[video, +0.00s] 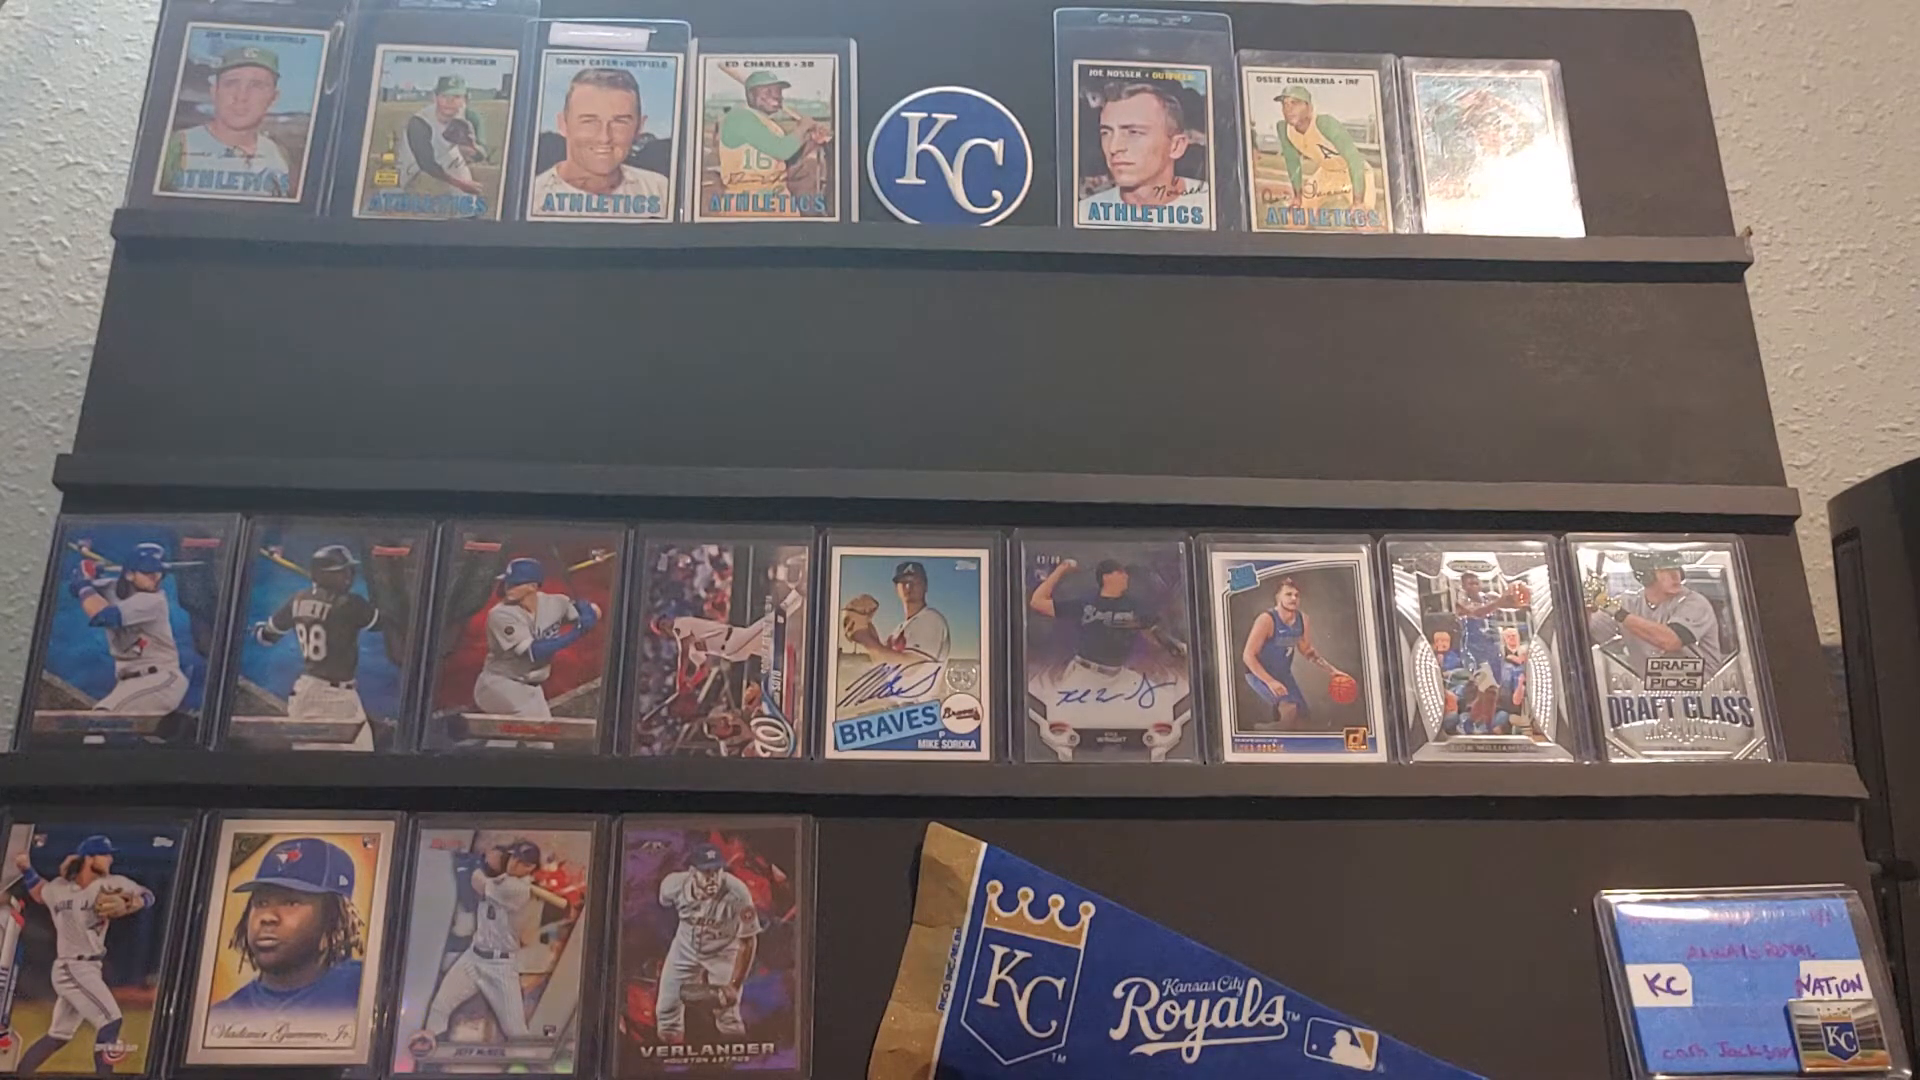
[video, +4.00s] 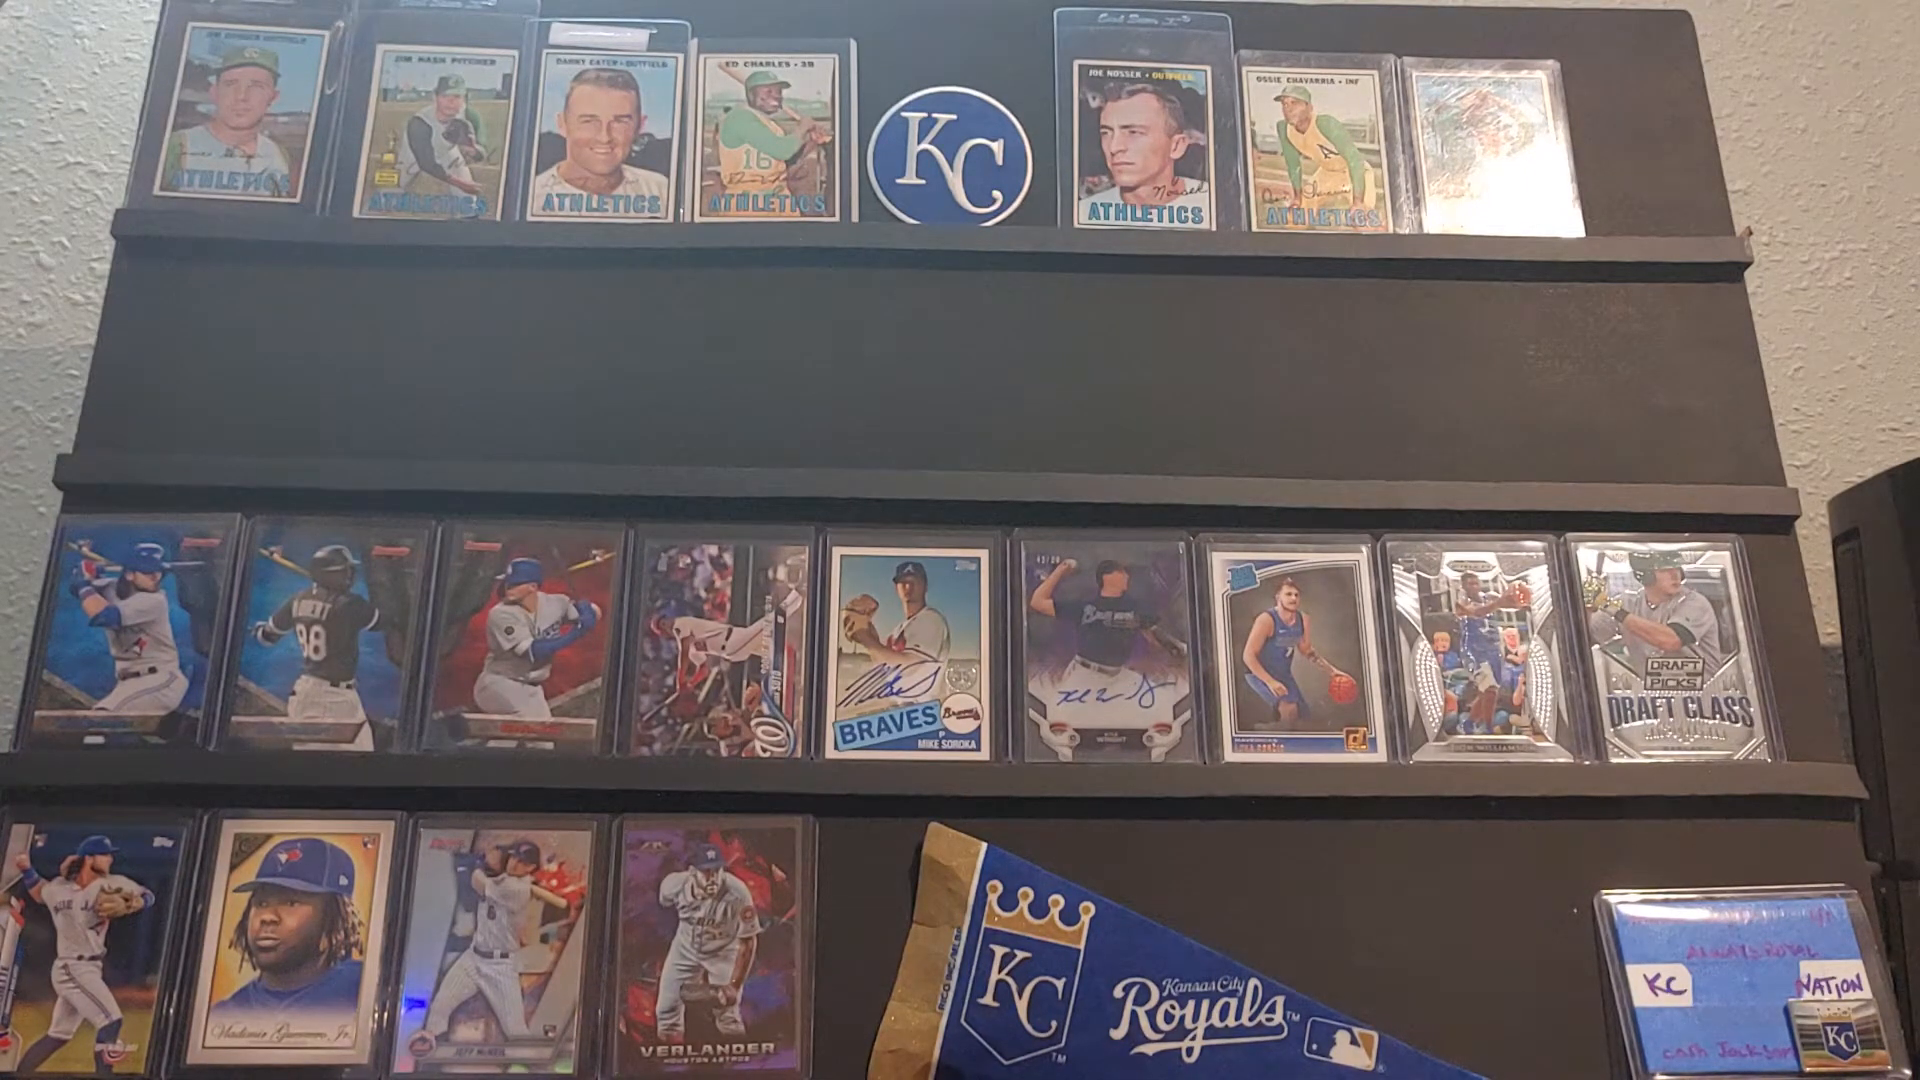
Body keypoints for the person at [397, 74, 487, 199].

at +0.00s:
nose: (450, 102)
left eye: (456, 97)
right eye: (444, 96)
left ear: (465, 101)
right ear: (436, 98)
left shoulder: (468, 117)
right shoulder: (419, 123)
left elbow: (481, 154)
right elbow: (427, 165)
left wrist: (470, 151)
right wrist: (462, 185)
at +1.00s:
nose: (451, 102)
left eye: (456, 97)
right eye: (445, 96)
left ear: (464, 101)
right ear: (436, 98)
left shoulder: (470, 117)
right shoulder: (419, 123)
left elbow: (481, 153)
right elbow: (427, 165)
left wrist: (467, 148)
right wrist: (461, 185)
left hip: (455, 166)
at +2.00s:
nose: (451, 102)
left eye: (457, 97)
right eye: (446, 96)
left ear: (464, 100)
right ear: (436, 98)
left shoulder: (469, 115)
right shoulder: (419, 123)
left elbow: (481, 154)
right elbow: (427, 165)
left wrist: (469, 150)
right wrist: (461, 185)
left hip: (453, 162)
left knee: (467, 196)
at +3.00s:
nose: (451, 102)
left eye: (457, 97)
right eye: (446, 96)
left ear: (464, 100)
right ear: (436, 98)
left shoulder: (470, 115)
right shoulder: (419, 123)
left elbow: (480, 154)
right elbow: (427, 165)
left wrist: (469, 150)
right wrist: (461, 185)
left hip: (454, 165)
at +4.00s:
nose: (451, 102)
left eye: (457, 97)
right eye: (446, 96)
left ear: (464, 100)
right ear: (436, 97)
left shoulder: (467, 116)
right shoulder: (419, 123)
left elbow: (481, 153)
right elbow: (427, 165)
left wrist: (472, 152)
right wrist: (460, 184)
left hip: (453, 164)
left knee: (467, 197)